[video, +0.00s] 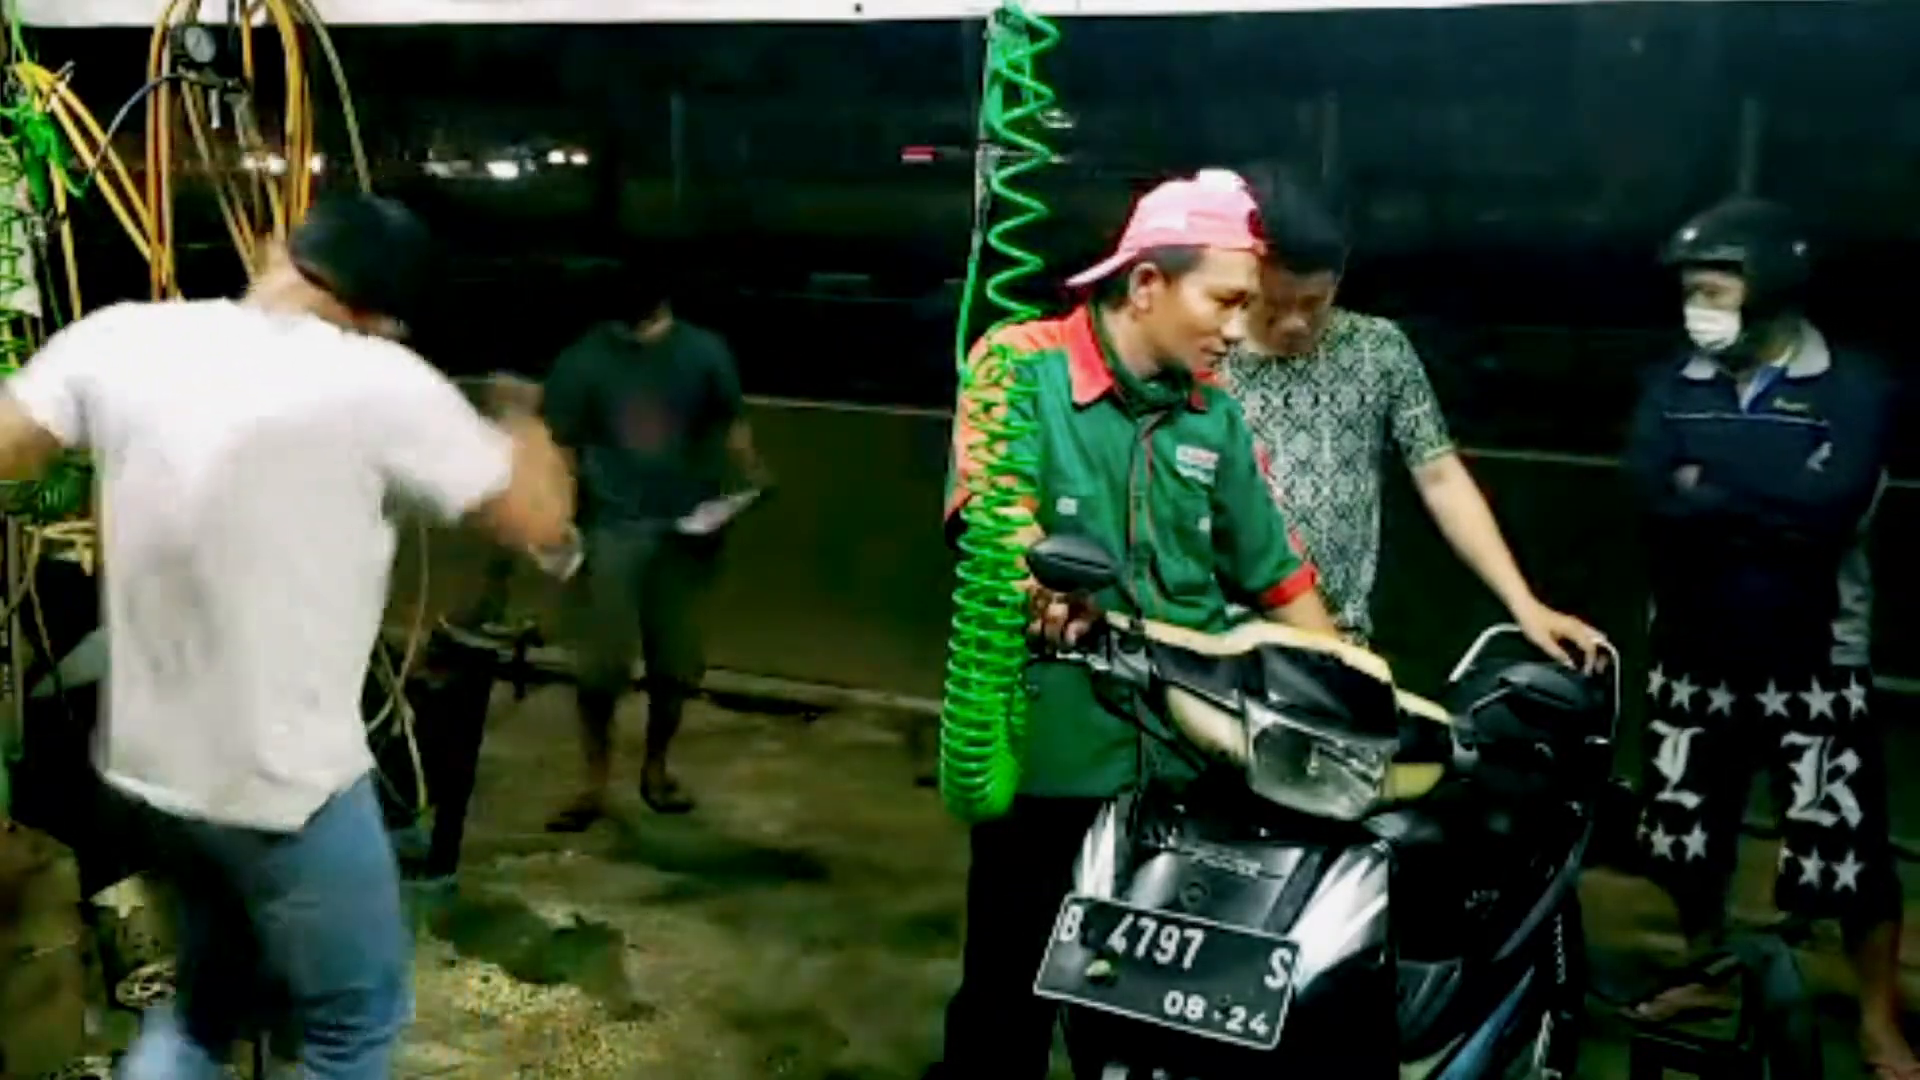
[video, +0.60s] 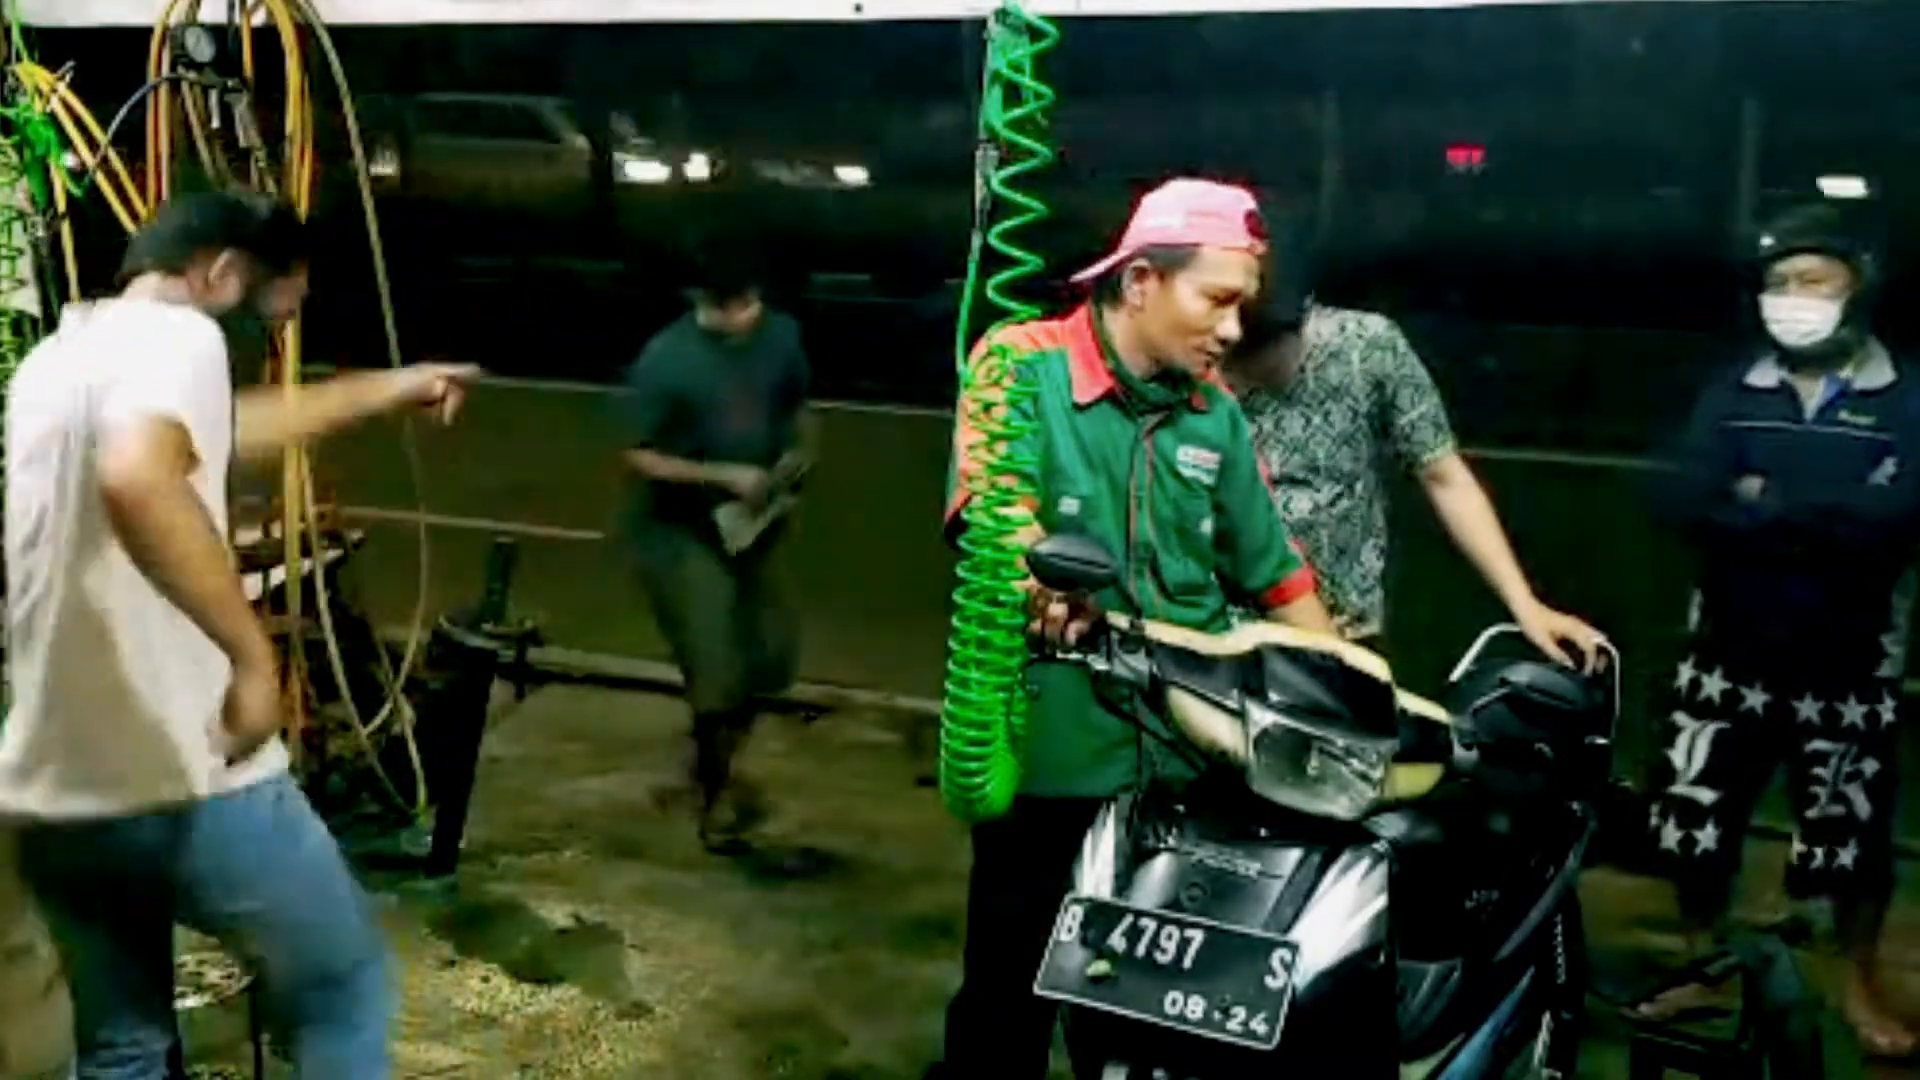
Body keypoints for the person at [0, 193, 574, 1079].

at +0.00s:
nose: (388, 341)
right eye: (393, 327)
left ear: (279, 258)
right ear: (375, 318)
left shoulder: (121, 338)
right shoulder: (380, 381)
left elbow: (9, 446)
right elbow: (537, 519)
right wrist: (528, 425)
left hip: (143, 767)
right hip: (291, 788)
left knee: (204, 1008)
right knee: (352, 1030)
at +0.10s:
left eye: (228, 225)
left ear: (233, 240)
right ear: (335, 282)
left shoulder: (92, 310)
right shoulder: (359, 344)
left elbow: (1, 326)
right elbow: (560, 383)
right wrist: (449, 347)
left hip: (102, 784)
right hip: (267, 795)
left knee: (123, 1031)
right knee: (314, 1037)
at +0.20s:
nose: (159, 239)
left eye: (169, 227)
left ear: (176, 238)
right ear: (283, 275)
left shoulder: (33, 316)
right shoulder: (316, 335)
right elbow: (512, 380)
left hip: (73, 797)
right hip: (247, 795)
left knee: (105, 1046)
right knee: (310, 1020)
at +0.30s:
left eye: (118, 274)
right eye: (262, 321)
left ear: (131, 273)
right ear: (256, 308)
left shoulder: (16, 370)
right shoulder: (265, 373)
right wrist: (421, 474)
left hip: (30, 810)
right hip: (205, 804)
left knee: (102, 1050)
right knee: (352, 945)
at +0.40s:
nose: (242, 352)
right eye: (245, 334)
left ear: (107, 303)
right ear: (229, 325)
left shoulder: (16, 413)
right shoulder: (232, 400)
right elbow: (299, 613)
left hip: (31, 832)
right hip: (188, 818)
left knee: (104, 1058)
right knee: (369, 909)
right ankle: (319, 1066)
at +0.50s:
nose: (231, 353)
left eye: (236, 334)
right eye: (234, 329)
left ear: (110, 304)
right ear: (202, 306)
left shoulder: (18, 411)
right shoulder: (181, 388)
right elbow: (214, 565)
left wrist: (306, 565)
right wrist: (293, 732)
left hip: (35, 831)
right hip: (164, 821)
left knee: (121, 1057)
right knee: (366, 917)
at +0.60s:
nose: (254, 336)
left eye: (265, 320)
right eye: (255, 314)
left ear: (142, 271)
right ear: (216, 269)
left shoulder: (47, 364)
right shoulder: (177, 336)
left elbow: (222, 422)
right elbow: (136, 478)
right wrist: (251, 651)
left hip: (54, 790)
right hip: (192, 784)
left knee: (122, 1046)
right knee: (344, 993)